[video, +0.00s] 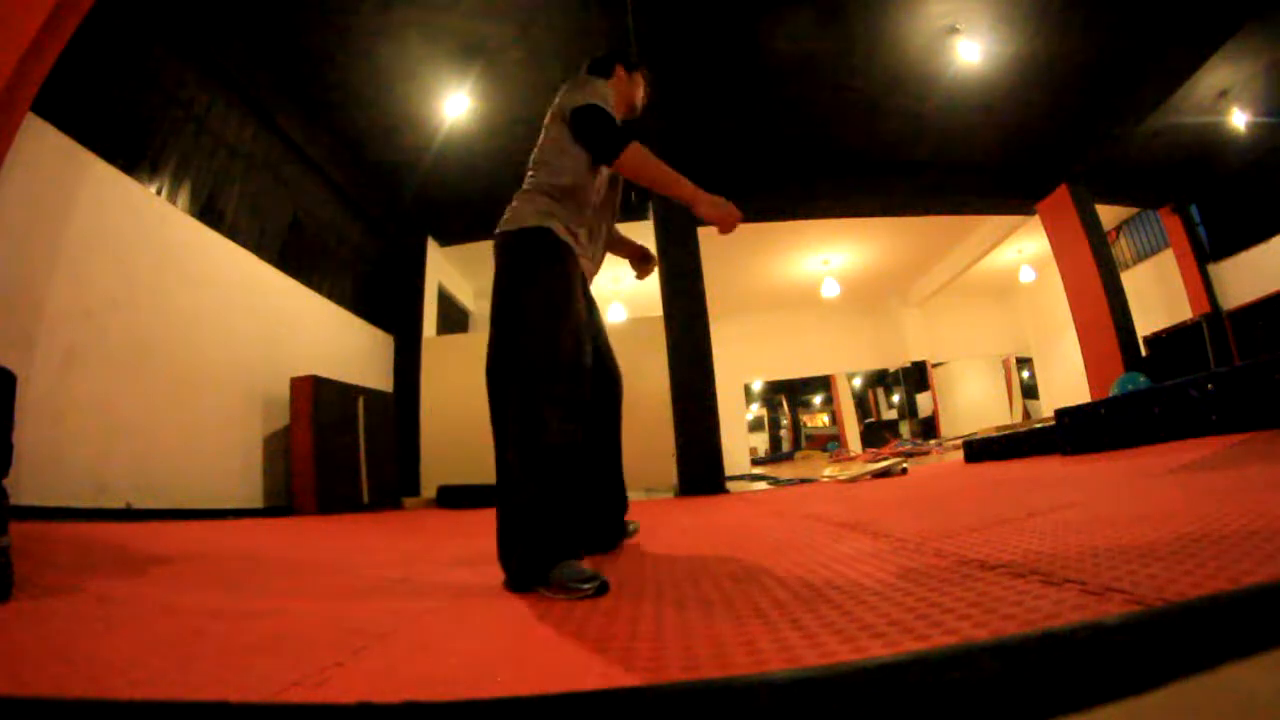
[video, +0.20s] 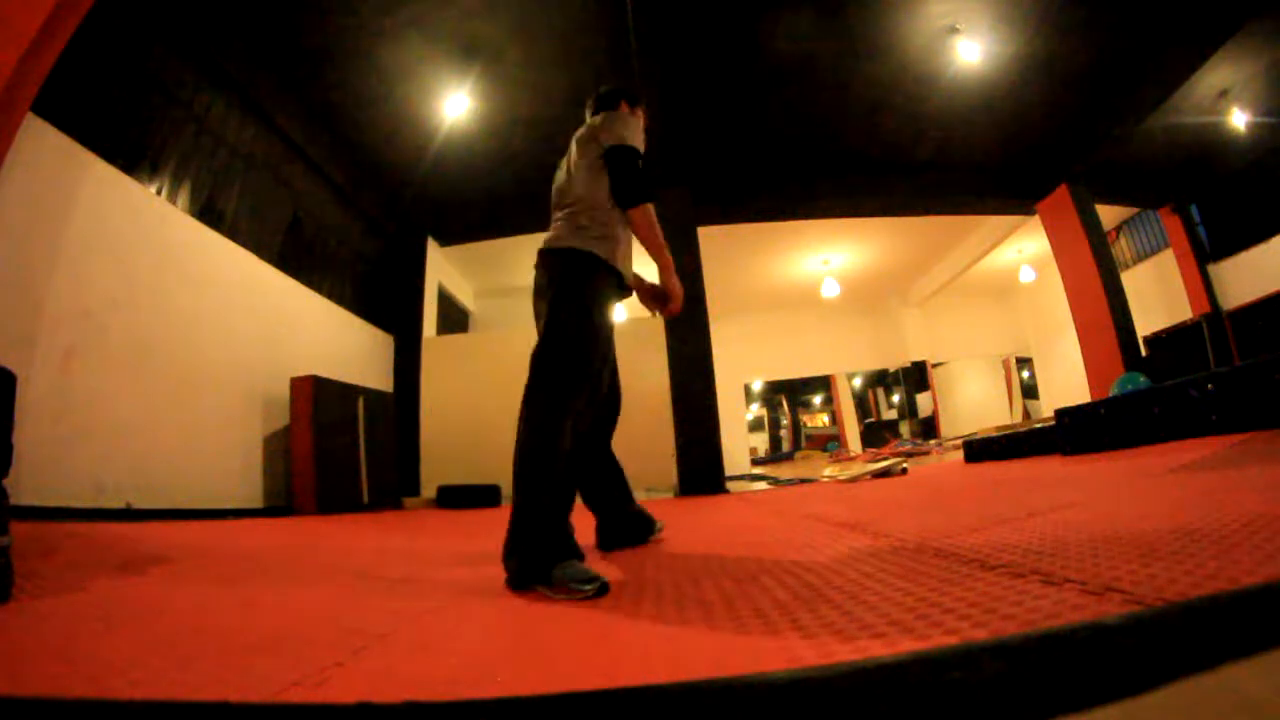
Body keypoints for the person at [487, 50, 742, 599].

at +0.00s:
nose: (641, 100)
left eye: (643, 92)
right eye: (639, 87)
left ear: (613, 82)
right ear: (620, 75)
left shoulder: (601, 139)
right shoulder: (585, 89)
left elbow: (580, 214)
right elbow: (613, 147)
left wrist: (627, 247)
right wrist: (699, 198)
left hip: (564, 265)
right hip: (534, 250)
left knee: (596, 385)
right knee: (541, 395)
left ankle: (594, 521)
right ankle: (537, 558)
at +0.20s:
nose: (642, 126)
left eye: (640, 120)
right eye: (640, 118)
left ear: (598, 113)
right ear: (628, 111)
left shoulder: (578, 151)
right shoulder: (617, 124)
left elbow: (593, 237)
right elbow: (630, 193)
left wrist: (642, 286)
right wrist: (668, 269)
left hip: (568, 274)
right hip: (580, 272)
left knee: (593, 404)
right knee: (558, 404)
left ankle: (618, 519)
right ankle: (536, 556)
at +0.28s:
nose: (645, 128)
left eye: (641, 124)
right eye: (643, 122)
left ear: (598, 121)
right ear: (633, 117)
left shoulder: (578, 164)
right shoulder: (627, 133)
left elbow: (573, 224)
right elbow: (637, 205)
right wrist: (658, 275)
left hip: (572, 275)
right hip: (602, 276)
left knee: (603, 404)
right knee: (578, 407)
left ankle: (614, 519)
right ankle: (547, 542)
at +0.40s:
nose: (652, 142)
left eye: (650, 137)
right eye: (650, 135)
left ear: (605, 136)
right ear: (639, 130)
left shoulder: (585, 175)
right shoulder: (633, 141)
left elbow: (581, 236)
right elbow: (644, 201)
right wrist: (674, 266)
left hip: (584, 278)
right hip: (625, 273)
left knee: (602, 396)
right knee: (638, 388)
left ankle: (619, 510)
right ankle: (581, 510)